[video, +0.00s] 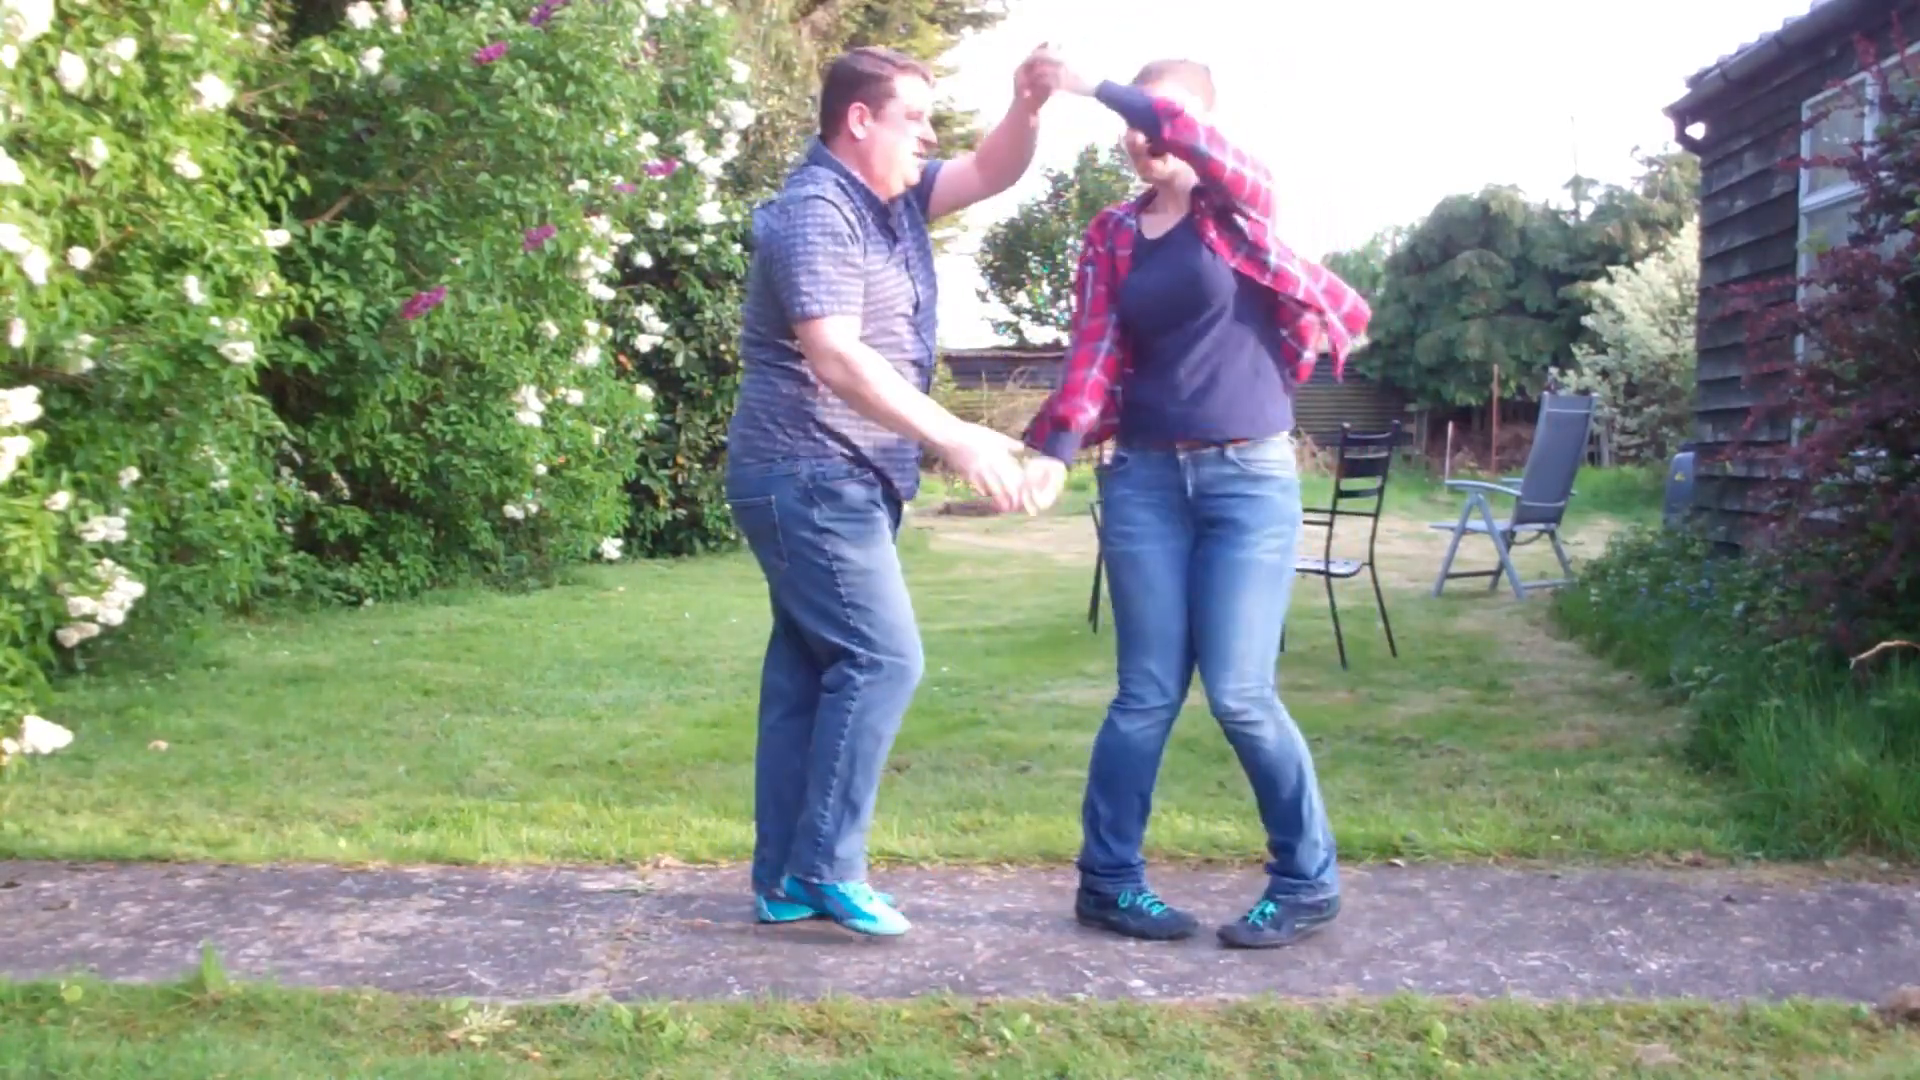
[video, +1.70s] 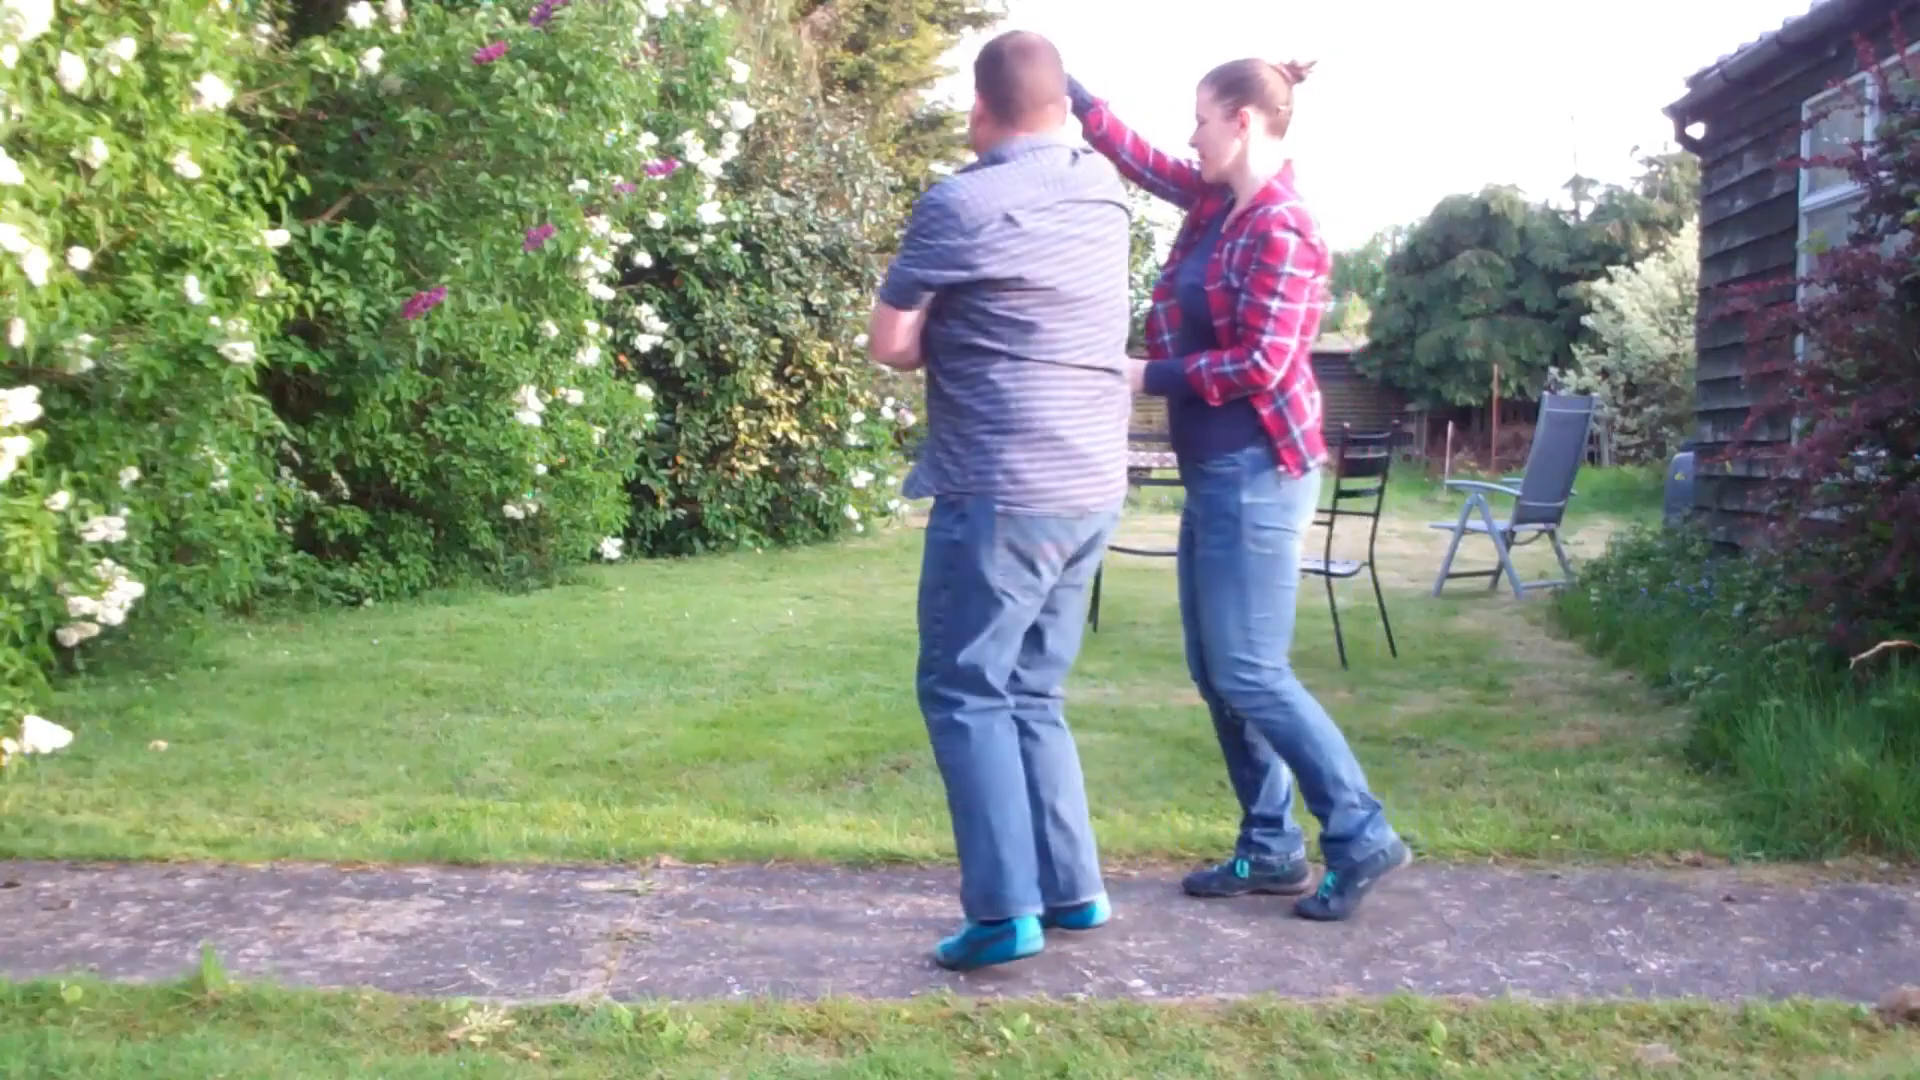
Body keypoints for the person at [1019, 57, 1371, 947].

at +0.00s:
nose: (1149, 137)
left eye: (1165, 122)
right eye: (1140, 121)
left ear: (1205, 128)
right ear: (1125, 135)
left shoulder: (1242, 205)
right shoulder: (1112, 230)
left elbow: (1188, 127)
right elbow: (1092, 352)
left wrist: (1095, 86)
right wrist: (1052, 449)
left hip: (1252, 476)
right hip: (1143, 479)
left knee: (1237, 691)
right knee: (1148, 691)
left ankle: (1308, 881)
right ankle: (1108, 880)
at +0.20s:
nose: (1169, 146)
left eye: (1182, 130)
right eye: (1168, 130)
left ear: (1236, 129)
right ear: (1201, 134)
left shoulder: (1285, 200)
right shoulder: (1193, 229)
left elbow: (1210, 263)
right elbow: (1165, 334)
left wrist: (1095, 220)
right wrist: (1127, 381)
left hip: (1287, 489)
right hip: (1194, 488)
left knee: (1257, 696)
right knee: (1168, 691)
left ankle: (1314, 891)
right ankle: (1144, 877)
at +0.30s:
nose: (1186, 145)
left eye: (1197, 130)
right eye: (1186, 130)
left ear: (1251, 130)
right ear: (1229, 132)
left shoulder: (1291, 209)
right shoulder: (1224, 221)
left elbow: (1216, 309)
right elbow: (1173, 259)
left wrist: (1100, 279)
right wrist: (1120, 255)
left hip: (1298, 488)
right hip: (1221, 489)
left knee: (1258, 695)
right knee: (1180, 684)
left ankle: (1315, 892)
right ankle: (1228, 863)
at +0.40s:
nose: (1200, 149)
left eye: (1210, 131)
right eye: (1198, 134)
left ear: (1263, 130)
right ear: (1258, 132)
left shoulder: (1298, 212)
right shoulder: (1258, 218)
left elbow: (1225, 335)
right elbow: (1219, 187)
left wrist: (1121, 327)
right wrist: (1181, 148)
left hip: (1303, 484)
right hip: (1250, 486)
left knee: (1256, 696)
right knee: (1200, 686)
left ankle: (1312, 894)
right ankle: (1330, 831)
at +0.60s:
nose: (1241, 141)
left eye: (1252, 124)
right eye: (1243, 127)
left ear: (1301, 126)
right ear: (1299, 131)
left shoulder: (1318, 211)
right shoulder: (1309, 204)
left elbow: (1260, 348)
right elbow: (1222, 189)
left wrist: (1153, 377)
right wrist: (1186, 106)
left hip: (1316, 467)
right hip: (1328, 464)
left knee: (1272, 684)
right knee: (1318, 679)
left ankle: (1311, 889)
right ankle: (1432, 828)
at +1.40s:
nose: (1237, 130)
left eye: (1249, 116)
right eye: (1239, 116)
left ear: (1300, 125)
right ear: (1278, 128)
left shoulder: (1347, 225)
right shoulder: (1250, 195)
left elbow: (1350, 354)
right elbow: (1172, 125)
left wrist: (1240, 377)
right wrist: (1098, 41)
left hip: (1335, 473)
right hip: (1268, 477)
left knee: (1344, 677)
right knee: (1227, 662)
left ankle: (1395, 868)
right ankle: (1306, 835)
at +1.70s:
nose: (1192, 137)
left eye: (1202, 122)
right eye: (1194, 123)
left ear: (1248, 125)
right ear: (1240, 125)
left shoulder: (1282, 227)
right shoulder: (1214, 203)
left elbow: (1261, 366)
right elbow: (1141, 159)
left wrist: (1149, 373)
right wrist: (1065, 88)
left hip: (1260, 466)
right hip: (1212, 463)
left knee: (1251, 671)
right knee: (1216, 670)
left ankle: (1363, 839)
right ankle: (1271, 848)